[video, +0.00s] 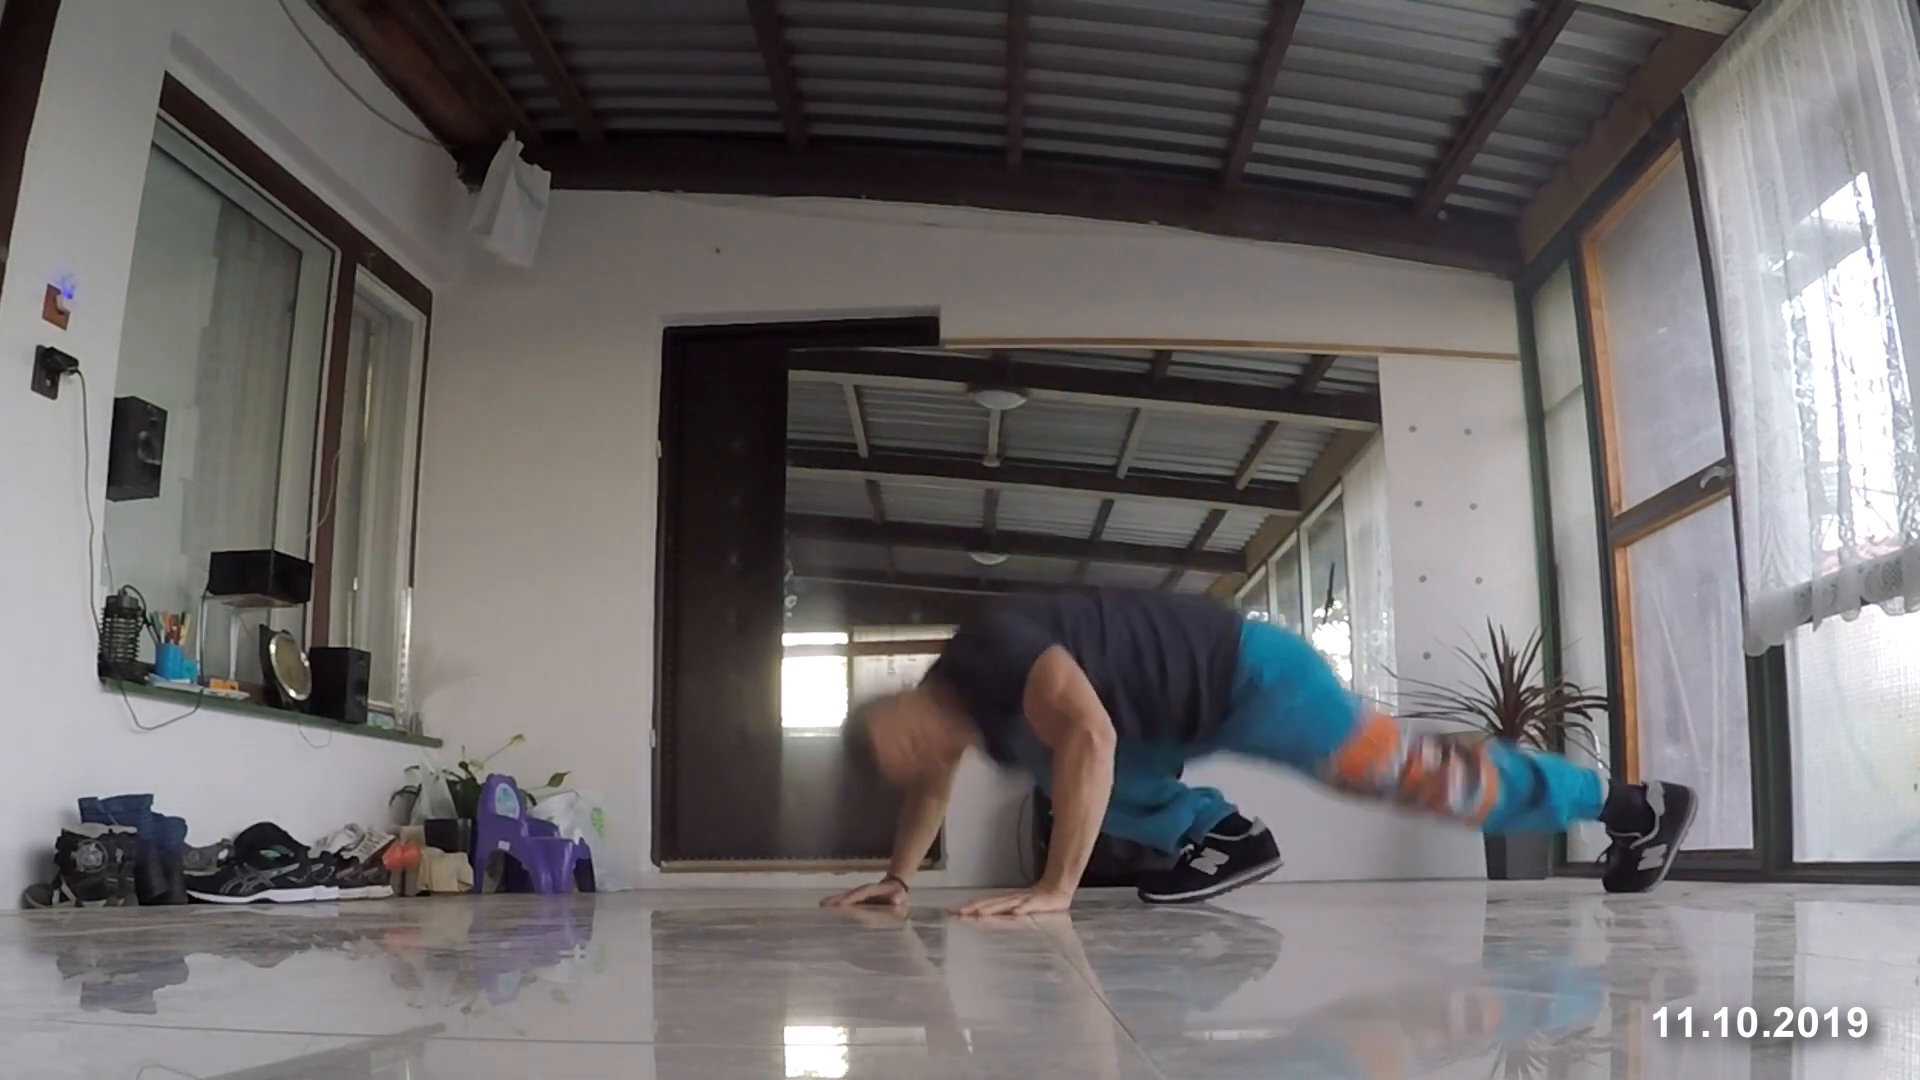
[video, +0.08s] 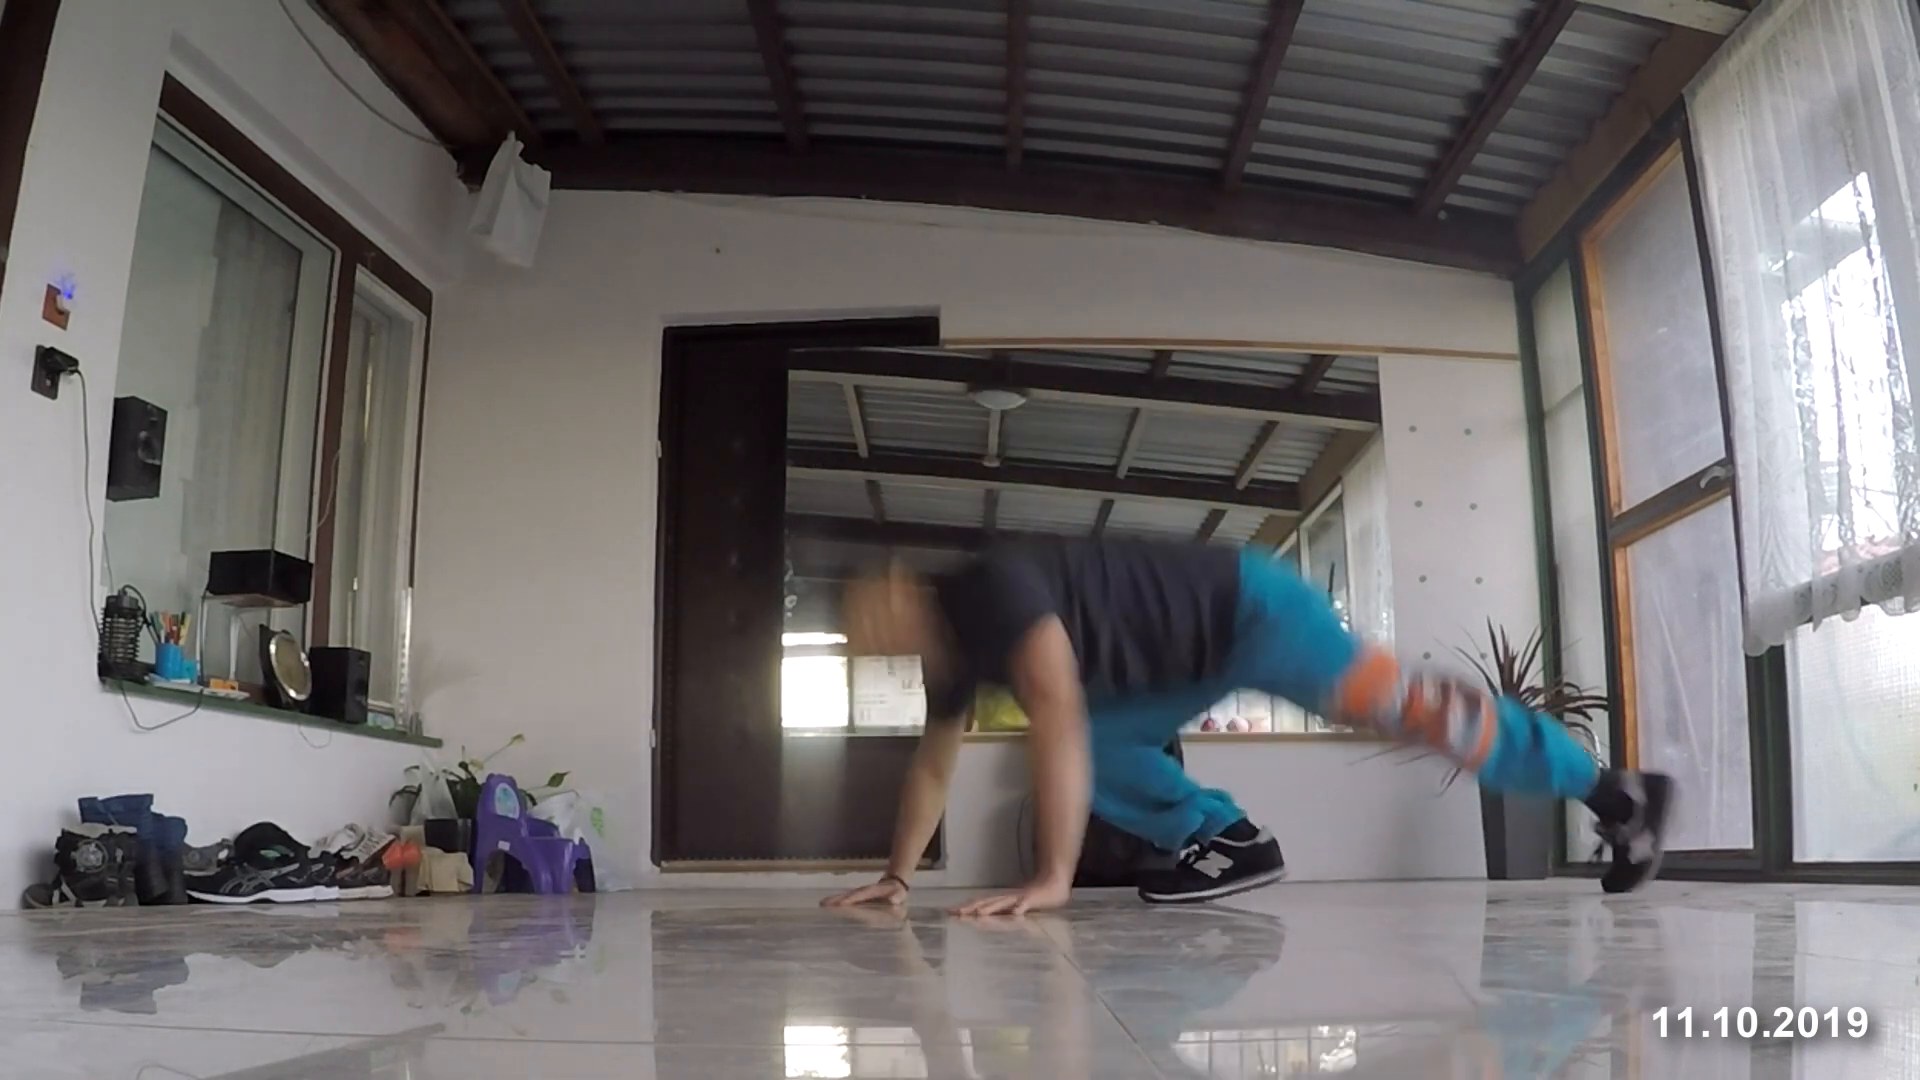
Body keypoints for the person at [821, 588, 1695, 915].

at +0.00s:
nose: (924, 768)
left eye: (911, 761)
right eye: (907, 768)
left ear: (916, 715)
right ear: (909, 718)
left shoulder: (1006, 643)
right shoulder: (951, 697)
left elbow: (1085, 736)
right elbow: (929, 786)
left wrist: (1053, 887)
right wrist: (896, 878)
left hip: (1241, 674)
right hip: (1167, 726)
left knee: (1412, 775)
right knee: (1058, 787)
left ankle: (1622, 803)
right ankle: (1214, 838)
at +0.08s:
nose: (871, 643)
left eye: (868, 621)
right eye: (862, 635)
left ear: (898, 587)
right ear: (887, 623)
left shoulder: (999, 582)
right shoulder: (957, 648)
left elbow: (1060, 716)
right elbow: (934, 760)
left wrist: (1052, 874)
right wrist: (894, 877)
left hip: (1245, 606)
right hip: (1179, 670)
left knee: (1401, 705)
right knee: (1079, 749)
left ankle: (1612, 792)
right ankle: (1223, 840)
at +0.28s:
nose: (861, 347)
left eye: (869, 324)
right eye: (849, 339)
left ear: (910, 311)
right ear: (851, 357)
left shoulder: (985, 360)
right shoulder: (916, 439)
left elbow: (1046, 488)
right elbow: (913, 574)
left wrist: (1026, 638)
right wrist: (905, 710)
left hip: (1206, 499)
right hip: (1142, 565)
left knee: (1351, 629)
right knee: (1105, 703)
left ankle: (1526, 719)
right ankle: (1231, 842)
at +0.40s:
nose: (886, 261)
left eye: (892, 238)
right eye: (869, 254)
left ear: (928, 220)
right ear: (865, 264)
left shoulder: (1012, 279)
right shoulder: (913, 348)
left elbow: (1080, 414)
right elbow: (922, 482)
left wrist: (1047, 557)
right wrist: (925, 605)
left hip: (1163, 447)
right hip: (1101, 503)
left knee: (1198, 597)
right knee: (1053, 634)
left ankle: (1307, 734)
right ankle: (1192, 805)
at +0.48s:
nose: (898, 230)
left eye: (906, 208)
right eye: (880, 221)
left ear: (942, 197)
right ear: (870, 234)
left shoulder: (1016, 257)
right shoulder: (907, 327)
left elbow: (1104, 381)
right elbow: (910, 459)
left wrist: (1041, 505)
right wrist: (907, 586)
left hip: (1136, 437)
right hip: (1063, 478)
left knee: (1124, 585)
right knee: (1006, 618)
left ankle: (1147, 818)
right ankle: (1071, 809)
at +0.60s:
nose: (915, 210)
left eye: (928, 190)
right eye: (899, 200)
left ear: (961, 190)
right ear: (887, 214)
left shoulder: (1026, 262)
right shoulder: (900, 315)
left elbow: (1121, 370)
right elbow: (882, 436)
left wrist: (1064, 467)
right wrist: (859, 557)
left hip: (1095, 477)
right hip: (1007, 503)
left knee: (1063, 639)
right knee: (909, 602)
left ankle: (1136, 848)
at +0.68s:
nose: (927, 178)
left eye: (941, 161)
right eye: (911, 165)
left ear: (970, 170)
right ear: (892, 180)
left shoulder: (1032, 256)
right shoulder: (879, 289)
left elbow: (1104, 368)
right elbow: (854, 411)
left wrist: (1073, 452)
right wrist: (847, 533)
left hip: (1063, 488)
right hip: (969, 501)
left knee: (1115, 642)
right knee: (896, 623)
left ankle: (1141, 831)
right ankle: (942, 805)